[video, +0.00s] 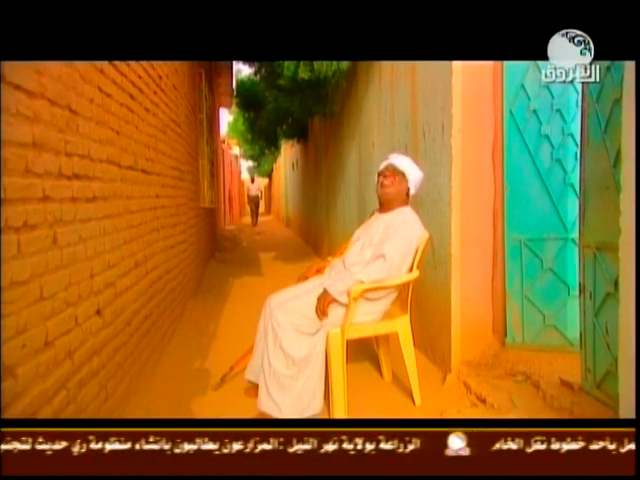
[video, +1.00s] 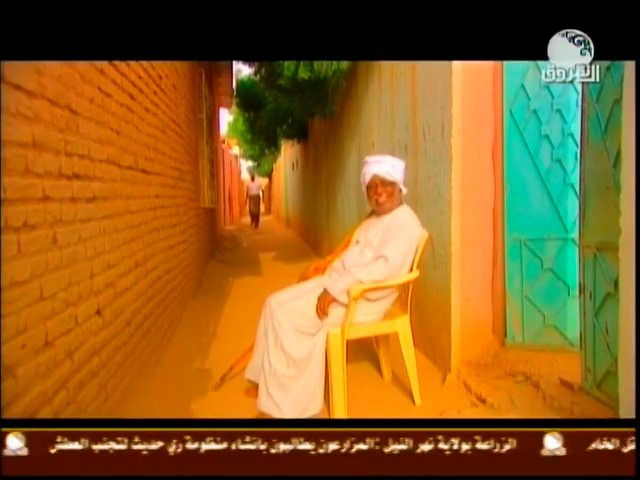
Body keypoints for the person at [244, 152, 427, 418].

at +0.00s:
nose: (385, 179)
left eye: (394, 175)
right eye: (382, 175)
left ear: (408, 187)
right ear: (377, 183)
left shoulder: (406, 223)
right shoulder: (381, 216)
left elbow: (388, 270)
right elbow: (354, 255)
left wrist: (336, 291)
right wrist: (325, 267)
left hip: (362, 300)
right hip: (341, 283)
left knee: (284, 315)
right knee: (274, 304)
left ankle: (289, 405)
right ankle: (265, 377)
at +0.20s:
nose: (385, 183)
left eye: (394, 178)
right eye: (382, 177)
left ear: (408, 188)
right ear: (377, 184)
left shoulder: (407, 223)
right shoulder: (382, 217)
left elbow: (387, 270)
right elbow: (354, 255)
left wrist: (336, 291)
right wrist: (325, 267)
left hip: (361, 300)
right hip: (341, 284)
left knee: (284, 315)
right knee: (274, 303)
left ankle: (290, 405)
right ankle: (266, 378)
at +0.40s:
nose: (384, 188)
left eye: (392, 182)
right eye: (378, 183)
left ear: (405, 189)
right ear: (372, 190)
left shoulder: (406, 224)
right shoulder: (382, 217)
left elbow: (386, 270)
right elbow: (354, 255)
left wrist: (335, 291)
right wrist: (325, 268)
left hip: (362, 300)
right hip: (341, 284)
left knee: (284, 315)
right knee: (274, 303)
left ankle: (290, 405)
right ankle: (265, 377)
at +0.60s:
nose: (380, 191)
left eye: (387, 184)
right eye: (374, 186)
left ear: (400, 189)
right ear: (369, 192)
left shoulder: (405, 224)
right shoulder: (380, 218)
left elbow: (385, 270)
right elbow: (352, 255)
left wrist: (335, 291)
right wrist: (323, 268)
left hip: (362, 300)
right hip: (341, 284)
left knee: (284, 316)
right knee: (274, 304)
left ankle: (290, 404)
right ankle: (265, 377)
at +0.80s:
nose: (381, 191)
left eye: (388, 184)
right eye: (375, 186)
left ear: (401, 189)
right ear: (369, 192)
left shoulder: (405, 224)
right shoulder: (381, 218)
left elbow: (384, 270)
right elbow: (352, 255)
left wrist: (335, 291)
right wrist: (324, 268)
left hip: (363, 300)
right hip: (341, 284)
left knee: (284, 315)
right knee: (274, 304)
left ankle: (290, 405)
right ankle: (265, 377)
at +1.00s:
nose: (379, 192)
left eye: (386, 185)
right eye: (373, 187)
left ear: (400, 190)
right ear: (367, 193)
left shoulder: (405, 223)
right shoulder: (378, 219)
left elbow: (386, 270)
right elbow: (351, 256)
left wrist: (335, 291)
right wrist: (323, 270)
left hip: (363, 300)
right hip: (340, 284)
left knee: (285, 316)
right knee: (275, 304)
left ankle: (289, 406)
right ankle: (265, 377)